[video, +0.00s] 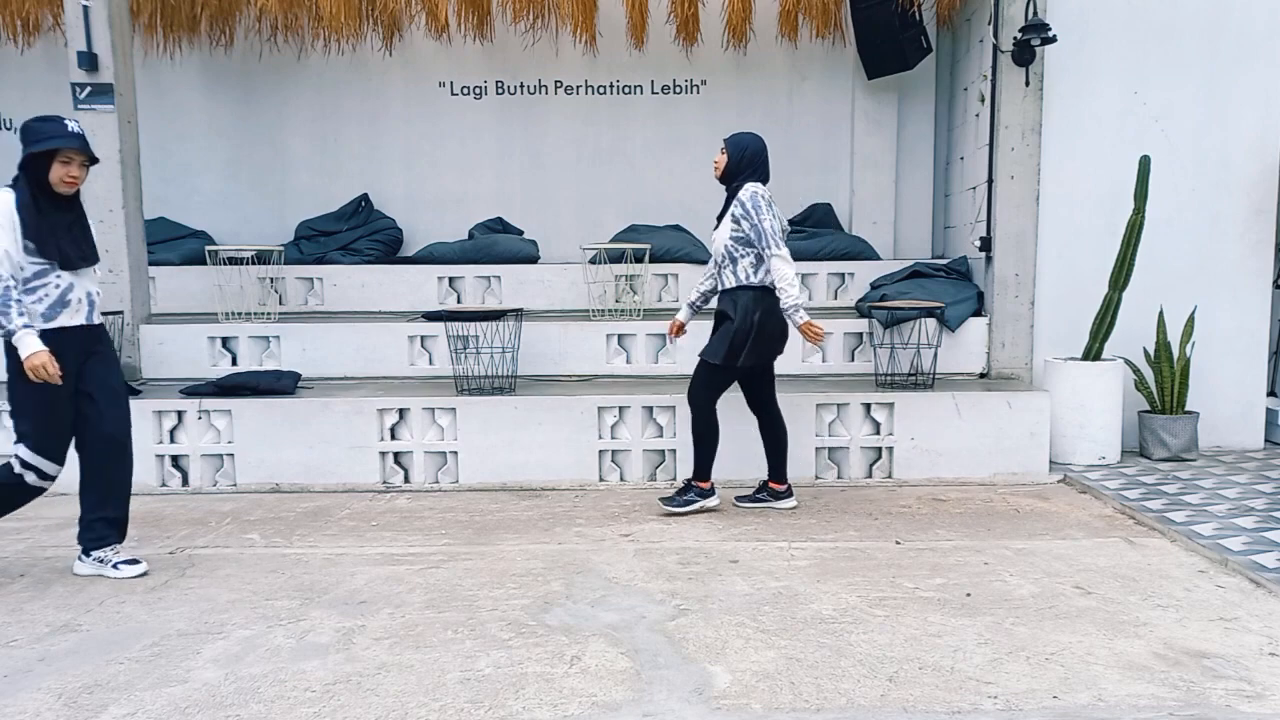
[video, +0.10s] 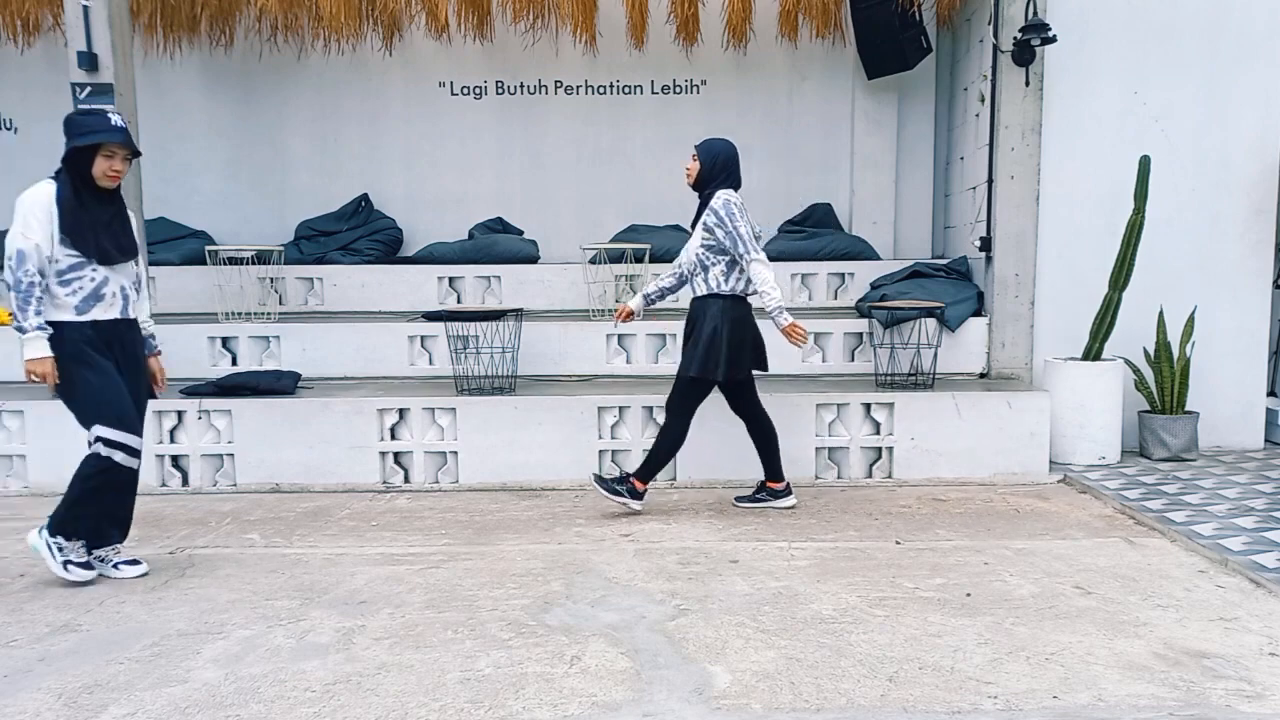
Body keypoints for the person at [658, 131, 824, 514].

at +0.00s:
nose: (716, 160)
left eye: (723, 154)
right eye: (719, 153)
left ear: (740, 159)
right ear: (744, 161)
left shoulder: (752, 195)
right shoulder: (739, 203)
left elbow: (778, 255)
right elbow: (718, 269)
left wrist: (796, 313)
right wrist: (687, 310)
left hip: (748, 312)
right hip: (750, 312)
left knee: (701, 393)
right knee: (764, 403)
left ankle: (701, 485)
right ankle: (778, 486)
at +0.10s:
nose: (688, 166)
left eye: (694, 160)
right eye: (690, 159)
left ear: (712, 165)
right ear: (712, 166)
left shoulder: (724, 201)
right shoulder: (712, 209)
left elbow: (754, 259)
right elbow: (683, 270)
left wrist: (780, 315)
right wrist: (639, 301)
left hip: (716, 316)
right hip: (723, 315)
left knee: (680, 406)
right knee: (747, 405)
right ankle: (776, 485)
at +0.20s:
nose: (660, 168)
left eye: (666, 162)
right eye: (662, 162)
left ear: (684, 167)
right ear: (687, 168)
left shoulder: (695, 205)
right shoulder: (683, 210)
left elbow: (717, 265)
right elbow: (655, 275)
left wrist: (741, 321)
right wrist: (610, 298)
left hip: (680, 318)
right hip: (688, 318)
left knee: (653, 409)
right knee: (716, 405)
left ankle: (621, 492)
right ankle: (768, 477)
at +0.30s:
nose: (631, 165)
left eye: (638, 158)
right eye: (634, 158)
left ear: (657, 163)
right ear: (658, 164)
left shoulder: (667, 205)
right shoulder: (656, 207)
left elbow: (677, 274)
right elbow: (639, 278)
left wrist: (685, 335)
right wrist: (601, 308)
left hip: (645, 315)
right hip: (643, 313)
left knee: (634, 409)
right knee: (663, 409)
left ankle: (616, 494)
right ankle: (735, 457)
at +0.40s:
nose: (605, 164)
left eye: (612, 157)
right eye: (606, 157)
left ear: (633, 161)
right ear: (631, 162)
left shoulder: (644, 206)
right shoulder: (630, 204)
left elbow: (635, 277)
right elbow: (621, 274)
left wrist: (617, 333)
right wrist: (604, 322)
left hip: (627, 310)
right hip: (610, 307)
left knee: (621, 405)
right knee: (599, 403)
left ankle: (614, 493)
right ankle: (675, 448)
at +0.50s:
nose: (581, 163)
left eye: (587, 155)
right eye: (580, 156)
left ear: (608, 157)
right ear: (592, 160)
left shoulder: (619, 201)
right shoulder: (606, 202)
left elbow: (592, 270)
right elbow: (593, 269)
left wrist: (553, 317)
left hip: (607, 314)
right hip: (592, 312)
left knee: (608, 403)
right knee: (553, 395)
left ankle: (615, 494)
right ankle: (606, 462)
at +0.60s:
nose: (557, 164)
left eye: (564, 156)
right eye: (555, 157)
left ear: (585, 158)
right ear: (558, 161)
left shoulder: (592, 200)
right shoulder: (584, 202)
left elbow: (559, 261)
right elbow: (608, 269)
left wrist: (507, 299)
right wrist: (622, 320)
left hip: (588, 313)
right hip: (561, 313)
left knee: (596, 406)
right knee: (529, 397)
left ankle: (613, 493)